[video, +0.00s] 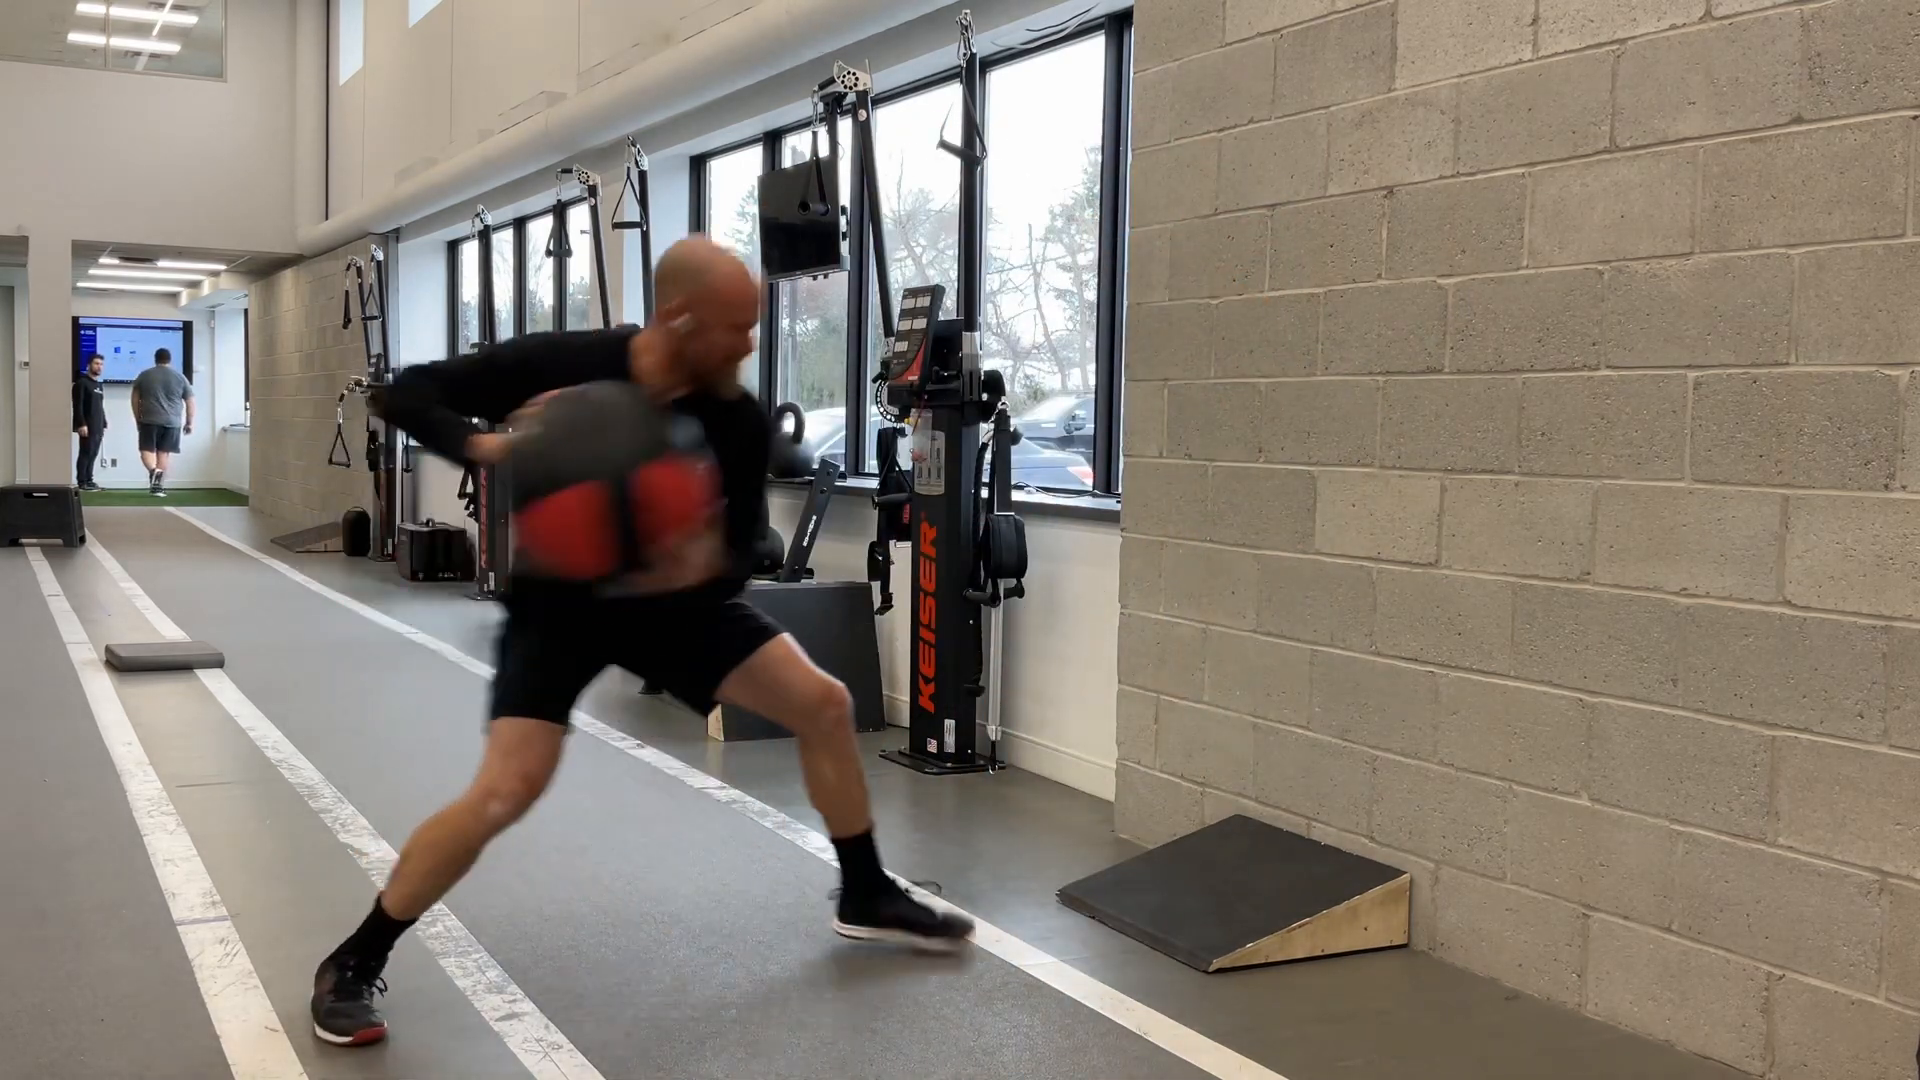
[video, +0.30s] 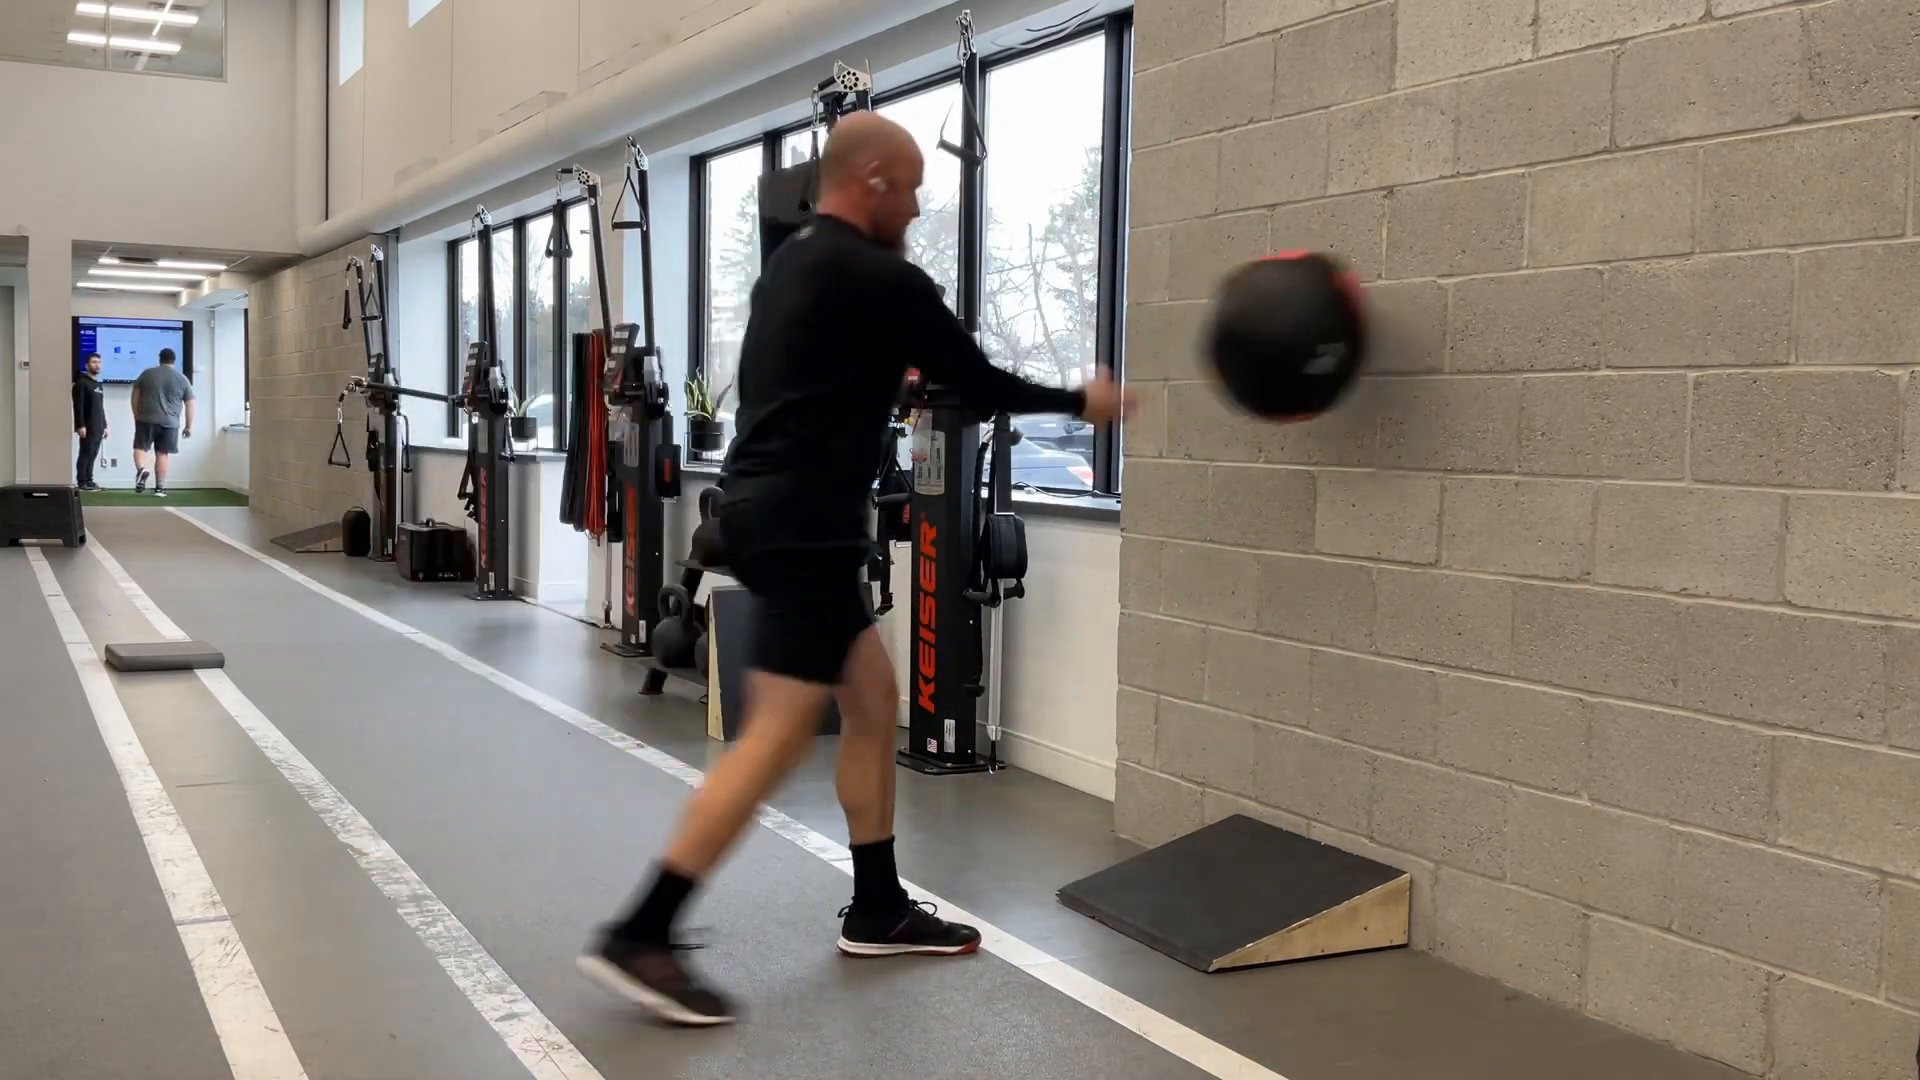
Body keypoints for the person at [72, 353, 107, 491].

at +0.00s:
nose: (99, 367)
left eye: (101, 364)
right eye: (96, 363)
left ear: (102, 367)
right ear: (89, 365)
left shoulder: (98, 385)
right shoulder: (81, 383)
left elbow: (99, 405)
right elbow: (78, 405)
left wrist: (104, 421)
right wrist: (81, 424)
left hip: (97, 424)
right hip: (87, 425)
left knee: (93, 454)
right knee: (85, 454)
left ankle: (89, 479)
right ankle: (82, 480)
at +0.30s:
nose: (97, 365)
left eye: (98, 362)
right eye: (94, 362)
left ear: (100, 365)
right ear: (87, 365)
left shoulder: (98, 385)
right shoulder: (81, 383)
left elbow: (100, 407)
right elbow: (78, 406)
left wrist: (104, 425)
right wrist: (80, 425)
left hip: (98, 425)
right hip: (88, 425)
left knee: (92, 455)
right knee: (85, 454)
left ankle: (89, 479)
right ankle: (82, 480)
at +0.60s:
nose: (96, 367)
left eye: (97, 365)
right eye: (93, 364)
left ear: (98, 367)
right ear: (86, 366)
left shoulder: (94, 384)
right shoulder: (79, 383)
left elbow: (95, 404)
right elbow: (78, 405)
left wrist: (107, 412)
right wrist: (93, 415)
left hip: (94, 423)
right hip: (84, 423)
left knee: (92, 453)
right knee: (85, 452)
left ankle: (89, 479)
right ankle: (82, 481)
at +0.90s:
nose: (94, 368)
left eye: (95, 365)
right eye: (91, 365)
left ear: (95, 367)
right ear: (83, 366)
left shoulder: (89, 383)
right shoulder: (78, 382)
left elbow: (88, 402)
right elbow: (79, 404)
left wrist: (100, 405)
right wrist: (98, 406)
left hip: (91, 424)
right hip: (82, 424)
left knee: (91, 452)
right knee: (83, 452)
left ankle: (89, 480)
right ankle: (82, 481)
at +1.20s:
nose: (91, 366)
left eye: (90, 363)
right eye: (89, 363)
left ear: (81, 365)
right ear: (84, 365)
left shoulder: (78, 381)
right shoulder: (80, 384)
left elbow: (81, 406)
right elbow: (82, 407)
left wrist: (96, 406)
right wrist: (98, 407)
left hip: (81, 425)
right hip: (82, 426)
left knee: (86, 450)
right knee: (85, 450)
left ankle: (81, 479)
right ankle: (81, 481)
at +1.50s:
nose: (81, 366)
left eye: (81, 363)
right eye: (79, 364)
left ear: (74, 367)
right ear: (74, 367)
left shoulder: (73, 383)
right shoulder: (75, 385)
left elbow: (79, 406)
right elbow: (81, 407)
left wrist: (91, 403)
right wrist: (94, 404)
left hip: (76, 425)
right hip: (79, 426)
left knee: (77, 455)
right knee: (78, 455)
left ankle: (81, 481)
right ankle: (81, 482)